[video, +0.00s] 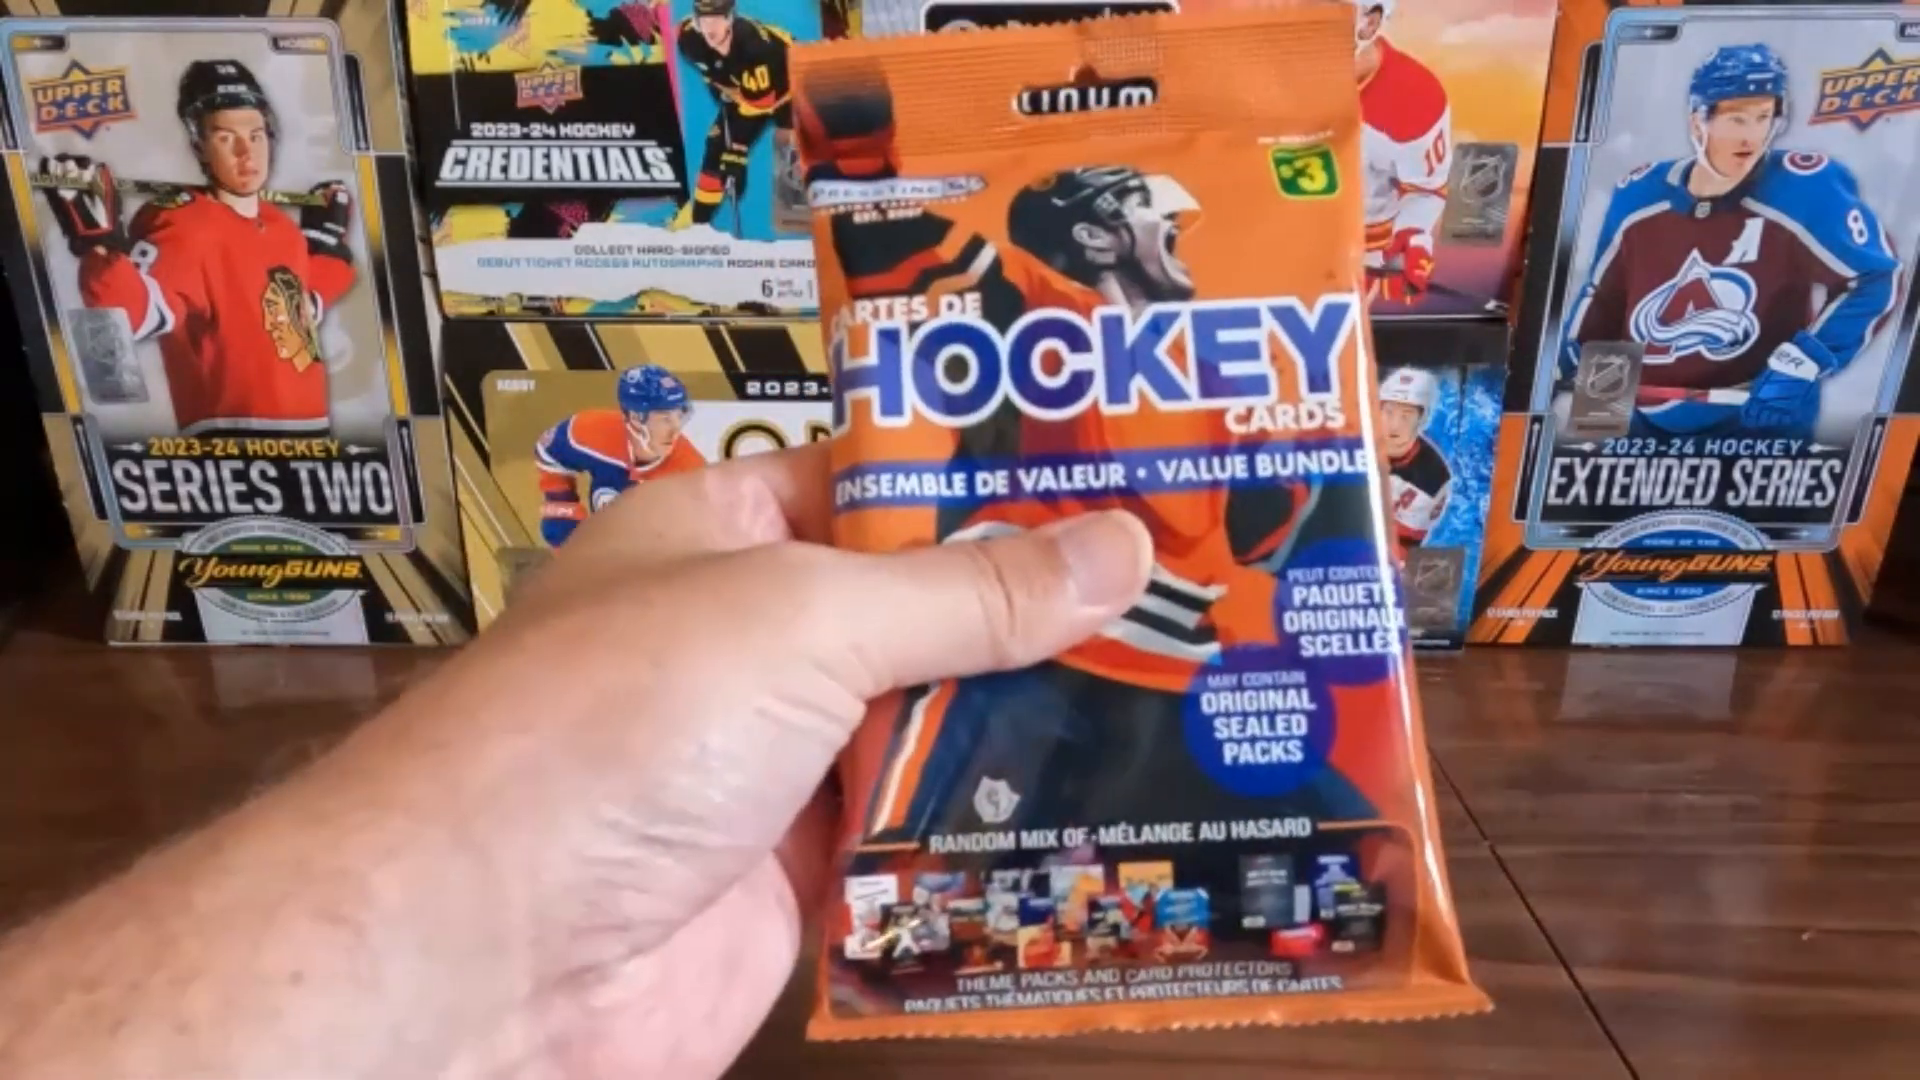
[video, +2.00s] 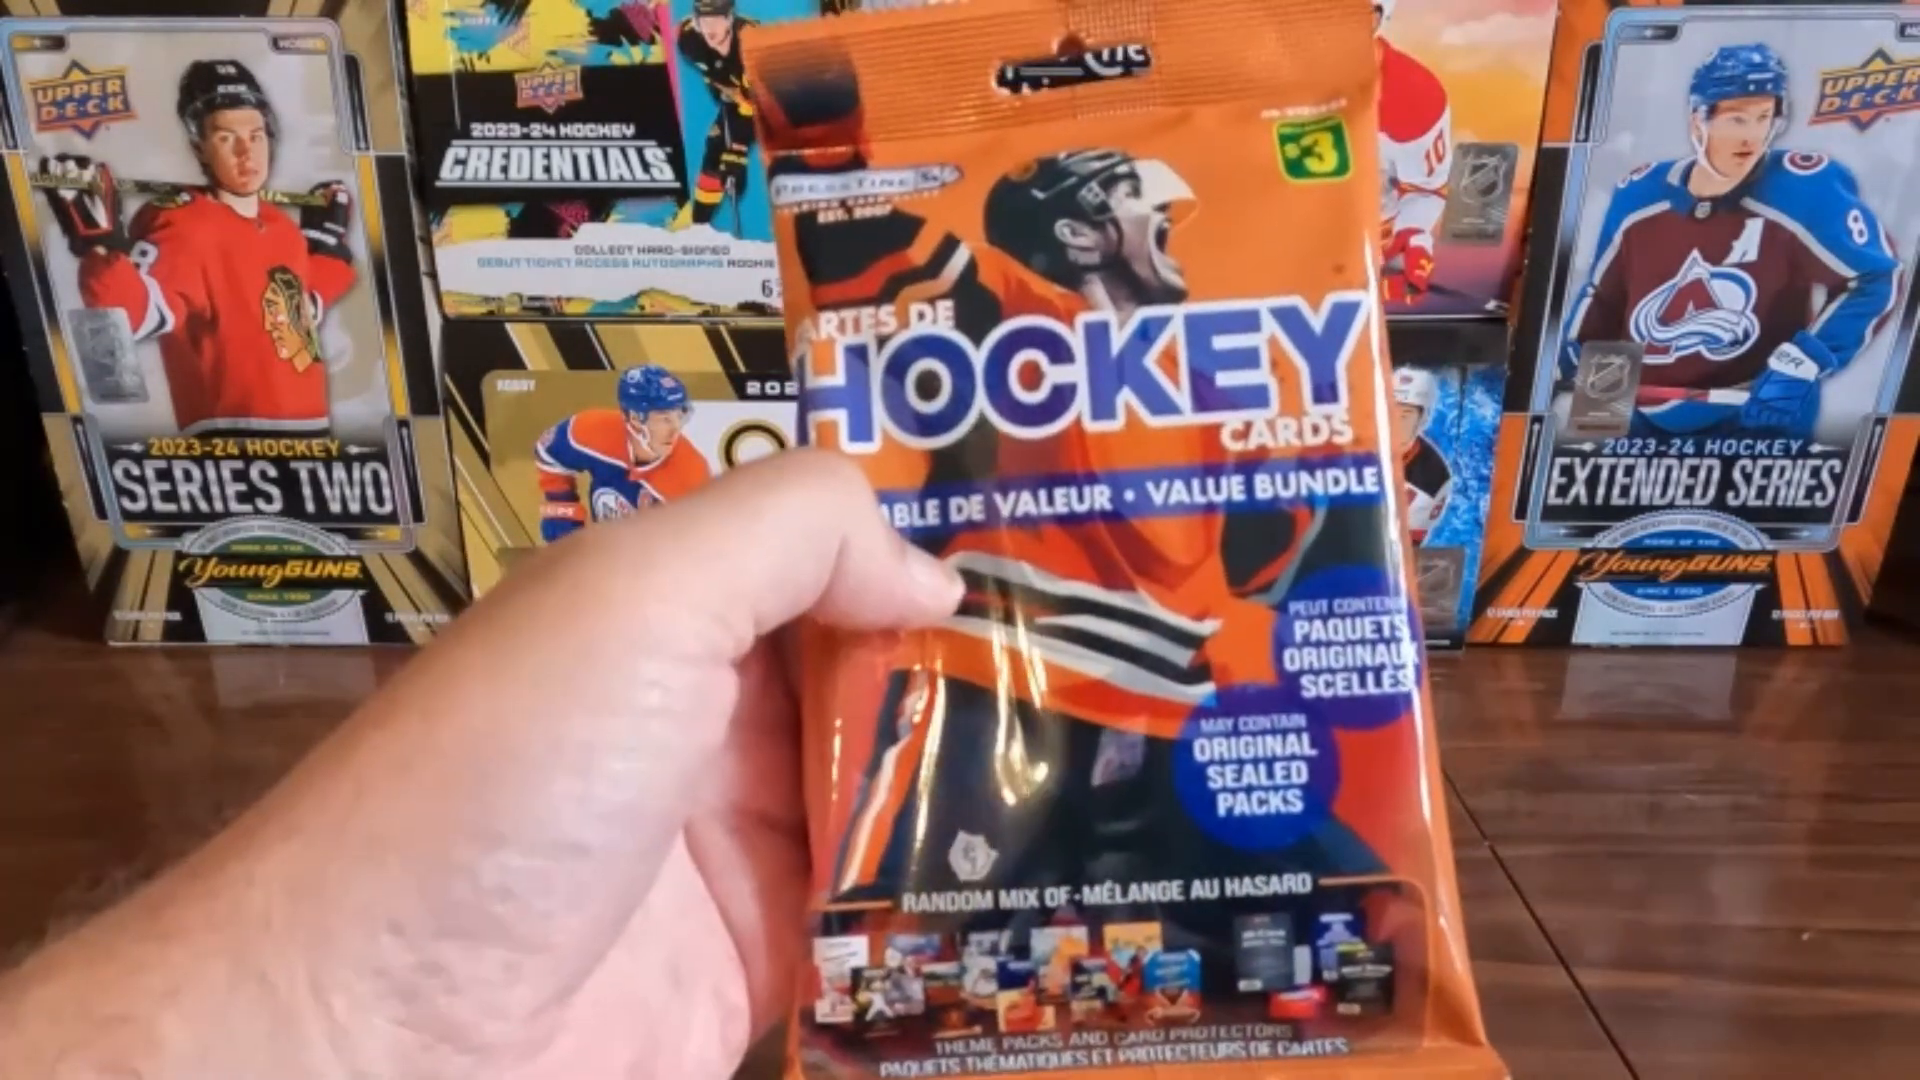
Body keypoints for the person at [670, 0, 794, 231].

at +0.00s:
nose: (709, 28)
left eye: (715, 21)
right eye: (703, 21)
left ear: (729, 19)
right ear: (696, 21)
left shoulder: (752, 46)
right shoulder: (689, 37)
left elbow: (758, 107)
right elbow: (709, 73)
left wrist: (737, 154)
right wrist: (725, 95)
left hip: (789, 88)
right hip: (741, 97)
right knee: (716, 146)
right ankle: (699, 219)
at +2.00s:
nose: (709, 29)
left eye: (715, 22)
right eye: (704, 22)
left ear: (729, 19)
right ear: (696, 21)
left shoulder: (750, 36)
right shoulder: (688, 38)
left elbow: (749, 100)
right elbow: (711, 76)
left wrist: (736, 156)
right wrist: (734, 94)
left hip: (767, 103)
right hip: (731, 106)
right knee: (714, 147)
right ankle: (699, 220)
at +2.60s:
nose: (711, 33)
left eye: (717, 26)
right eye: (705, 26)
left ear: (730, 19)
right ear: (696, 21)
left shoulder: (754, 36)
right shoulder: (688, 39)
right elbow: (710, 73)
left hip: (762, 109)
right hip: (728, 109)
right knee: (714, 160)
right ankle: (700, 221)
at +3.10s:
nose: (710, 30)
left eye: (716, 22)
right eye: (704, 22)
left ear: (730, 18)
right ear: (696, 20)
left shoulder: (752, 35)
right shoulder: (688, 39)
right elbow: (710, 73)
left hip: (761, 111)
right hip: (727, 111)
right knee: (714, 161)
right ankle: (700, 220)